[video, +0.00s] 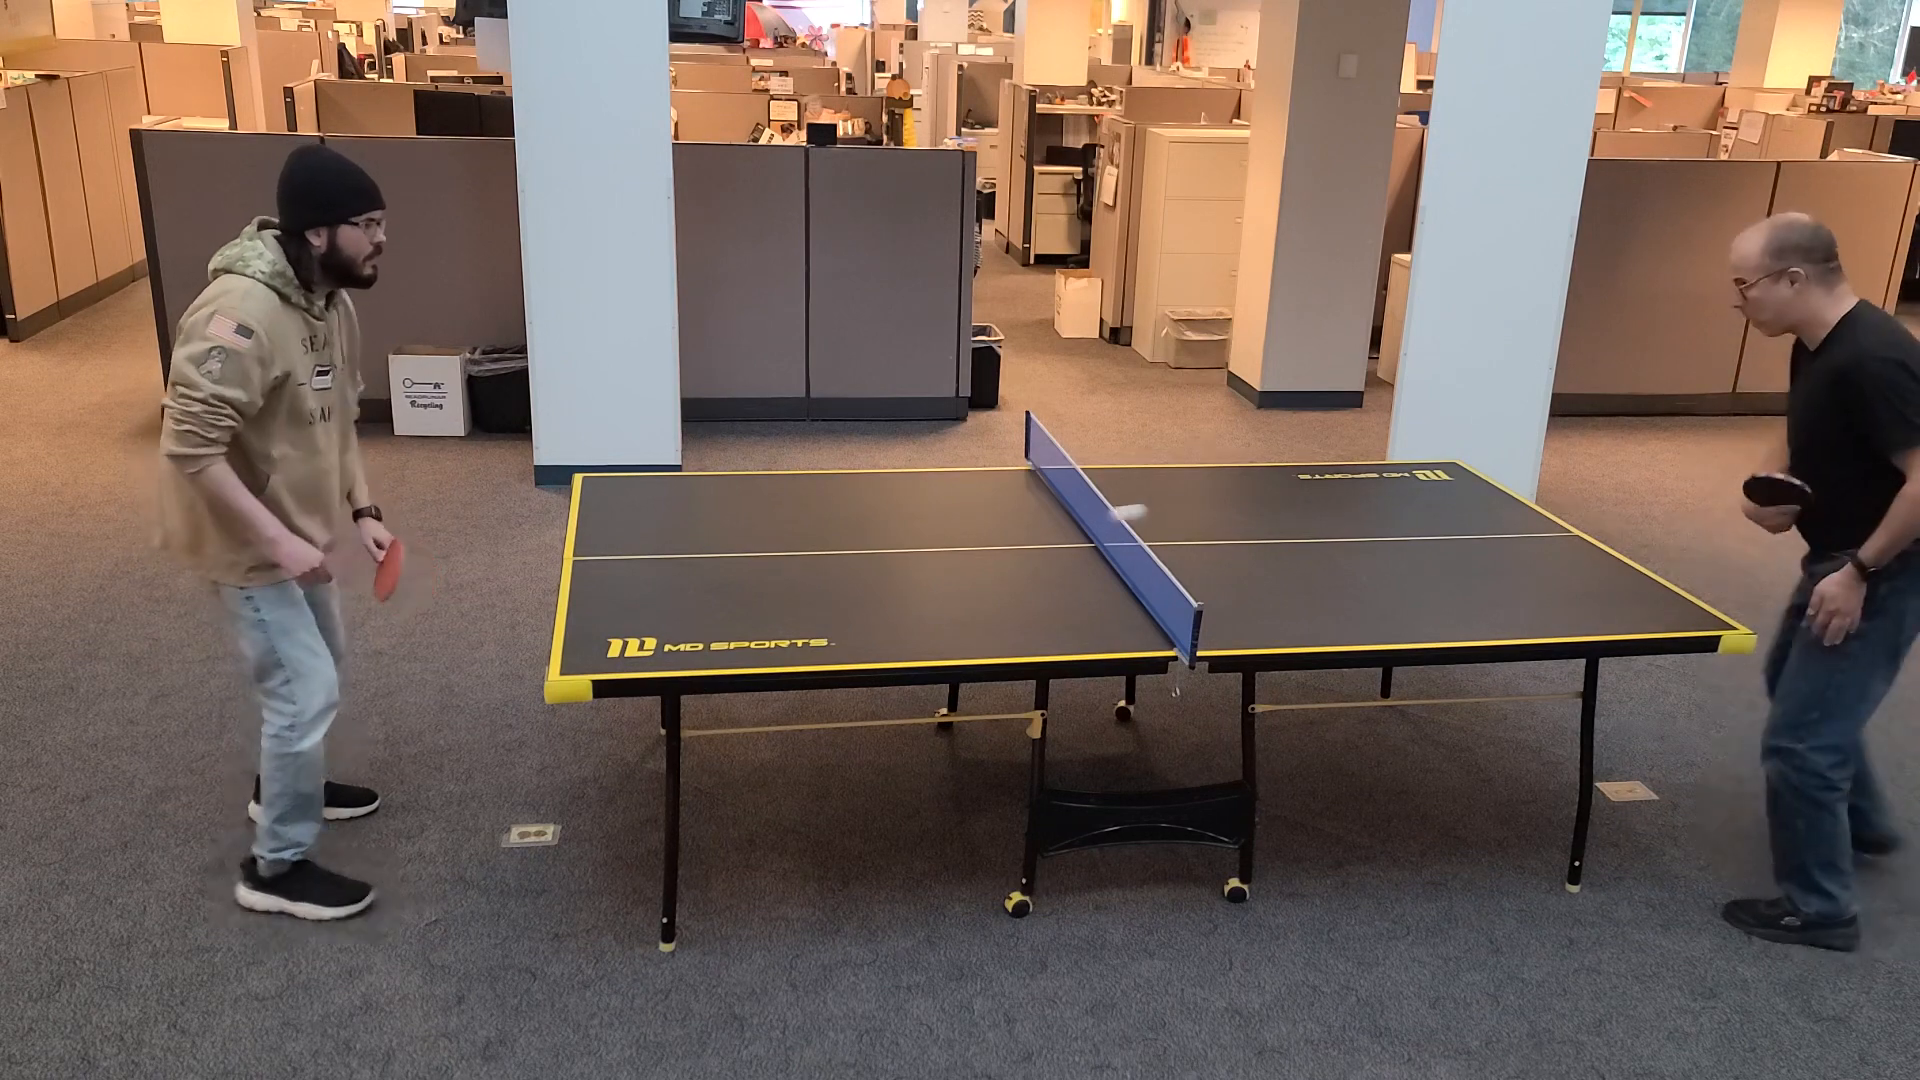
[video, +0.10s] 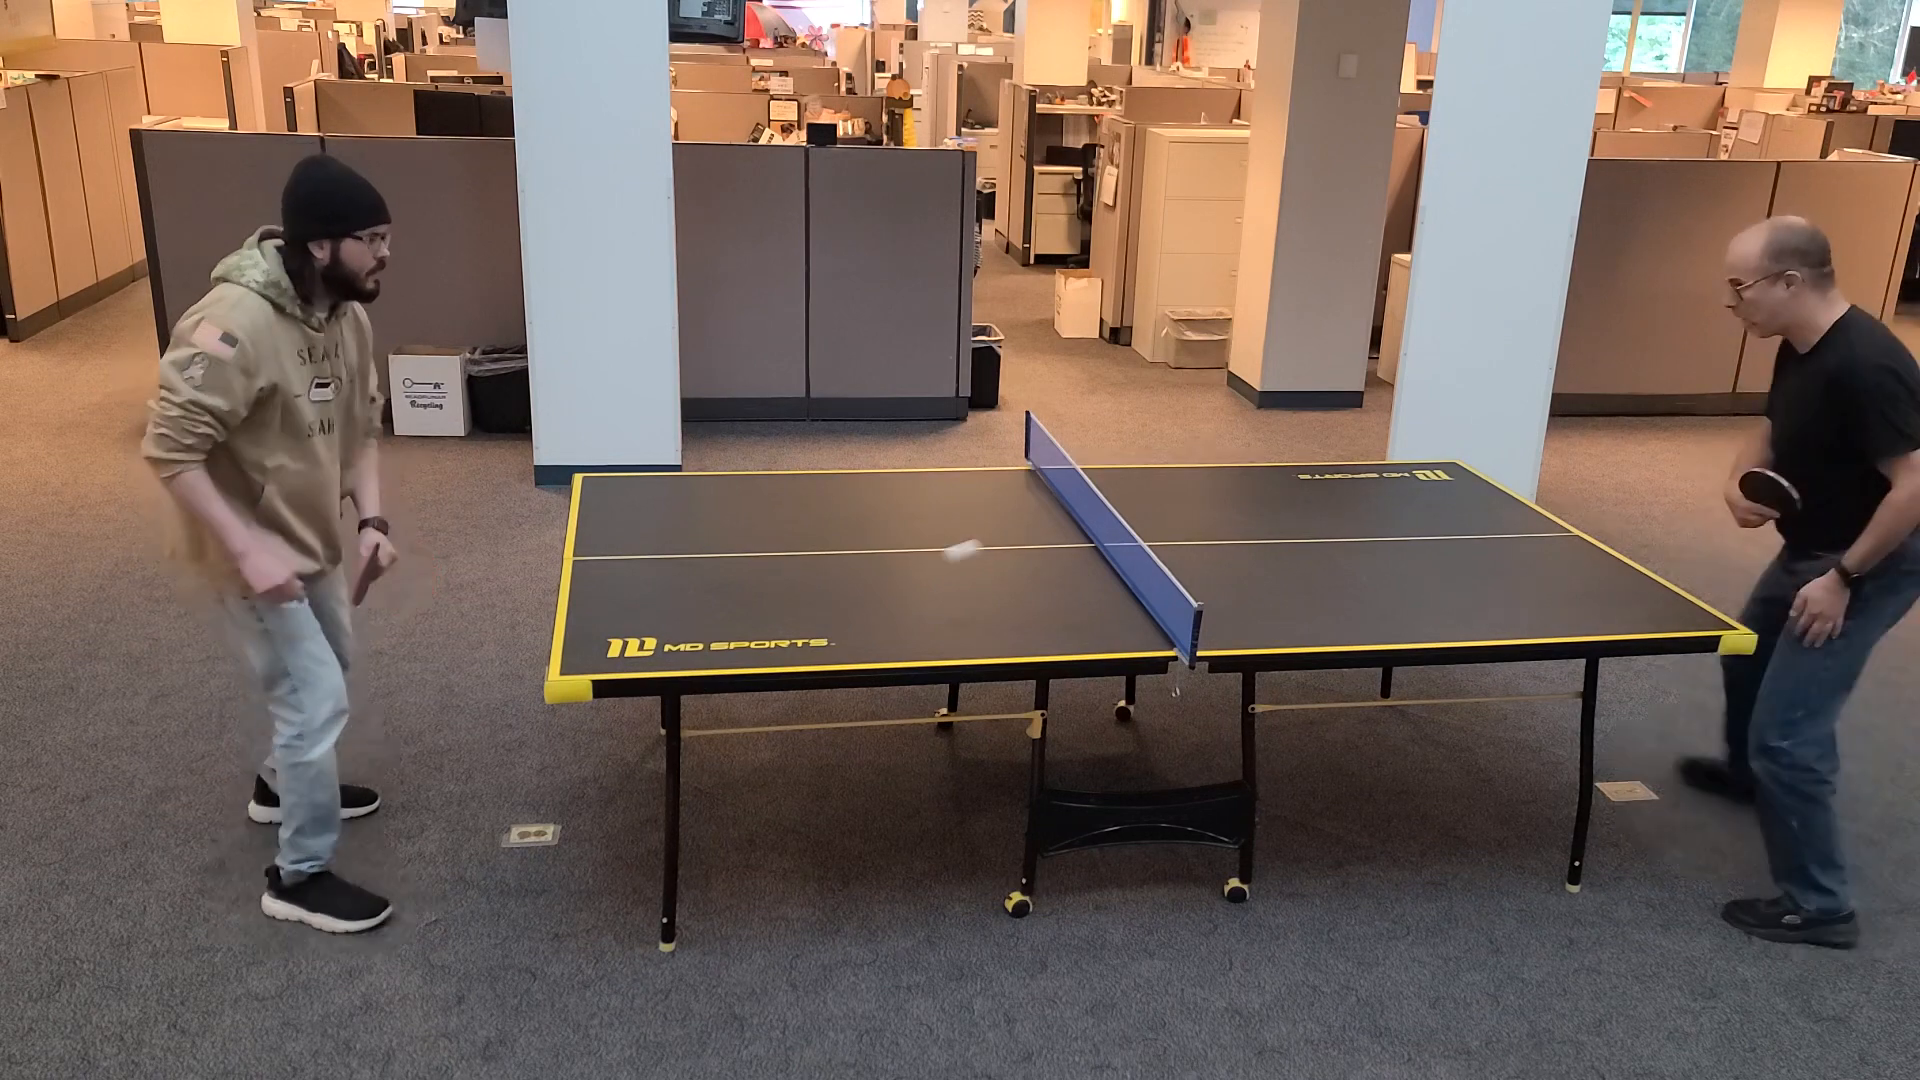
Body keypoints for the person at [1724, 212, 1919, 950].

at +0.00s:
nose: (1738, 297)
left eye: (1746, 283)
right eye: (1736, 284)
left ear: (1796, 279)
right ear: (1797, 279)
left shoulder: (1877, 358)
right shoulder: (1815, 345)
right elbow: (1815, 442)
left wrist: (1859, 572)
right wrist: (1780, 494)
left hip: (1884, 577)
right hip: (1834, 561)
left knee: (1799, 741)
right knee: (1789, 680)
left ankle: (1821, 907)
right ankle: (1865, 823)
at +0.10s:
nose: (1731, 300)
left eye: (1740, 286)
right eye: (1731, 285)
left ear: (1793, 282)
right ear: (1789, 282)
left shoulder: (1868, 364)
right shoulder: (1799, 344)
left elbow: (1912, 487)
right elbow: (1776, 432)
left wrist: (1843, 578)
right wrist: (1748, 479)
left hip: (1874, 564)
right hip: (1810, 547)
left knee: (1785, 732)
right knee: (1745, 650)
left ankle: (1819, 905)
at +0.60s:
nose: (1728, 298)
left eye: (1744, 287)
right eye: (1727, 284)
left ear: (1799, 287)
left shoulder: (1869, 354)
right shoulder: (1747, 348)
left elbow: (1914, 466)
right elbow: (1710, 423)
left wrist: (1847, 548)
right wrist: (1696, 492)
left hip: (1868, 542)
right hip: (1778, 530)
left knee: (1884, 696)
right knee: (1697, 626)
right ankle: (1699, 738)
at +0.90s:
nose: (1812, 325)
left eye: (1829, 313)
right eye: (1810, 308)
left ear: (1885, 312)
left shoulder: (1919, 374)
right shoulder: (1812, 365)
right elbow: (1775, 447)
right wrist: (1764, 528)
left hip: (1907, 567)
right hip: (1826, 546)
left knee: (1910, 713)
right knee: (1736, 633)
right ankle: (1704, 739)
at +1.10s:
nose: (1859, 326)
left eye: (1878, 315)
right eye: (1857, 309)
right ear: (1855, 301)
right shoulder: (1841, 367)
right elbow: (1763, 435)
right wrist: (1704, 485)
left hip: (1917, 567)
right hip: (1846, 541)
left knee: (1919, 716)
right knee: (1757, 645)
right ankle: (1706, 742)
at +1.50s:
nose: (1787, 310)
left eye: (1805, 301)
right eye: (1789, 296)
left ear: (1866, 305)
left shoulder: (1910, 375)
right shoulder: (1781, 356)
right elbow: (1698, 404)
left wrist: (1918, 581)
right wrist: (1653, 431)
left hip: (1876, 552)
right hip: (1779, 527)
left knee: (1899, 705)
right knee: (1680, 615)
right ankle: (1611, 709)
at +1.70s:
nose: (1704, 301)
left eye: (1721, 291)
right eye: (1703, 288)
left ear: (1772, 294)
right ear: (1705, 284)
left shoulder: (1827, 357)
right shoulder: (1700, 347)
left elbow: (1879, 462)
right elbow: (1648, 421)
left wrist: (1828, 549)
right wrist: (1634, 469)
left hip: (1804, 527)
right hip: (1715, 514)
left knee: (1849, 670)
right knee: (1622, 597)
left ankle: (1905, 805)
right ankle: (1603, 706)